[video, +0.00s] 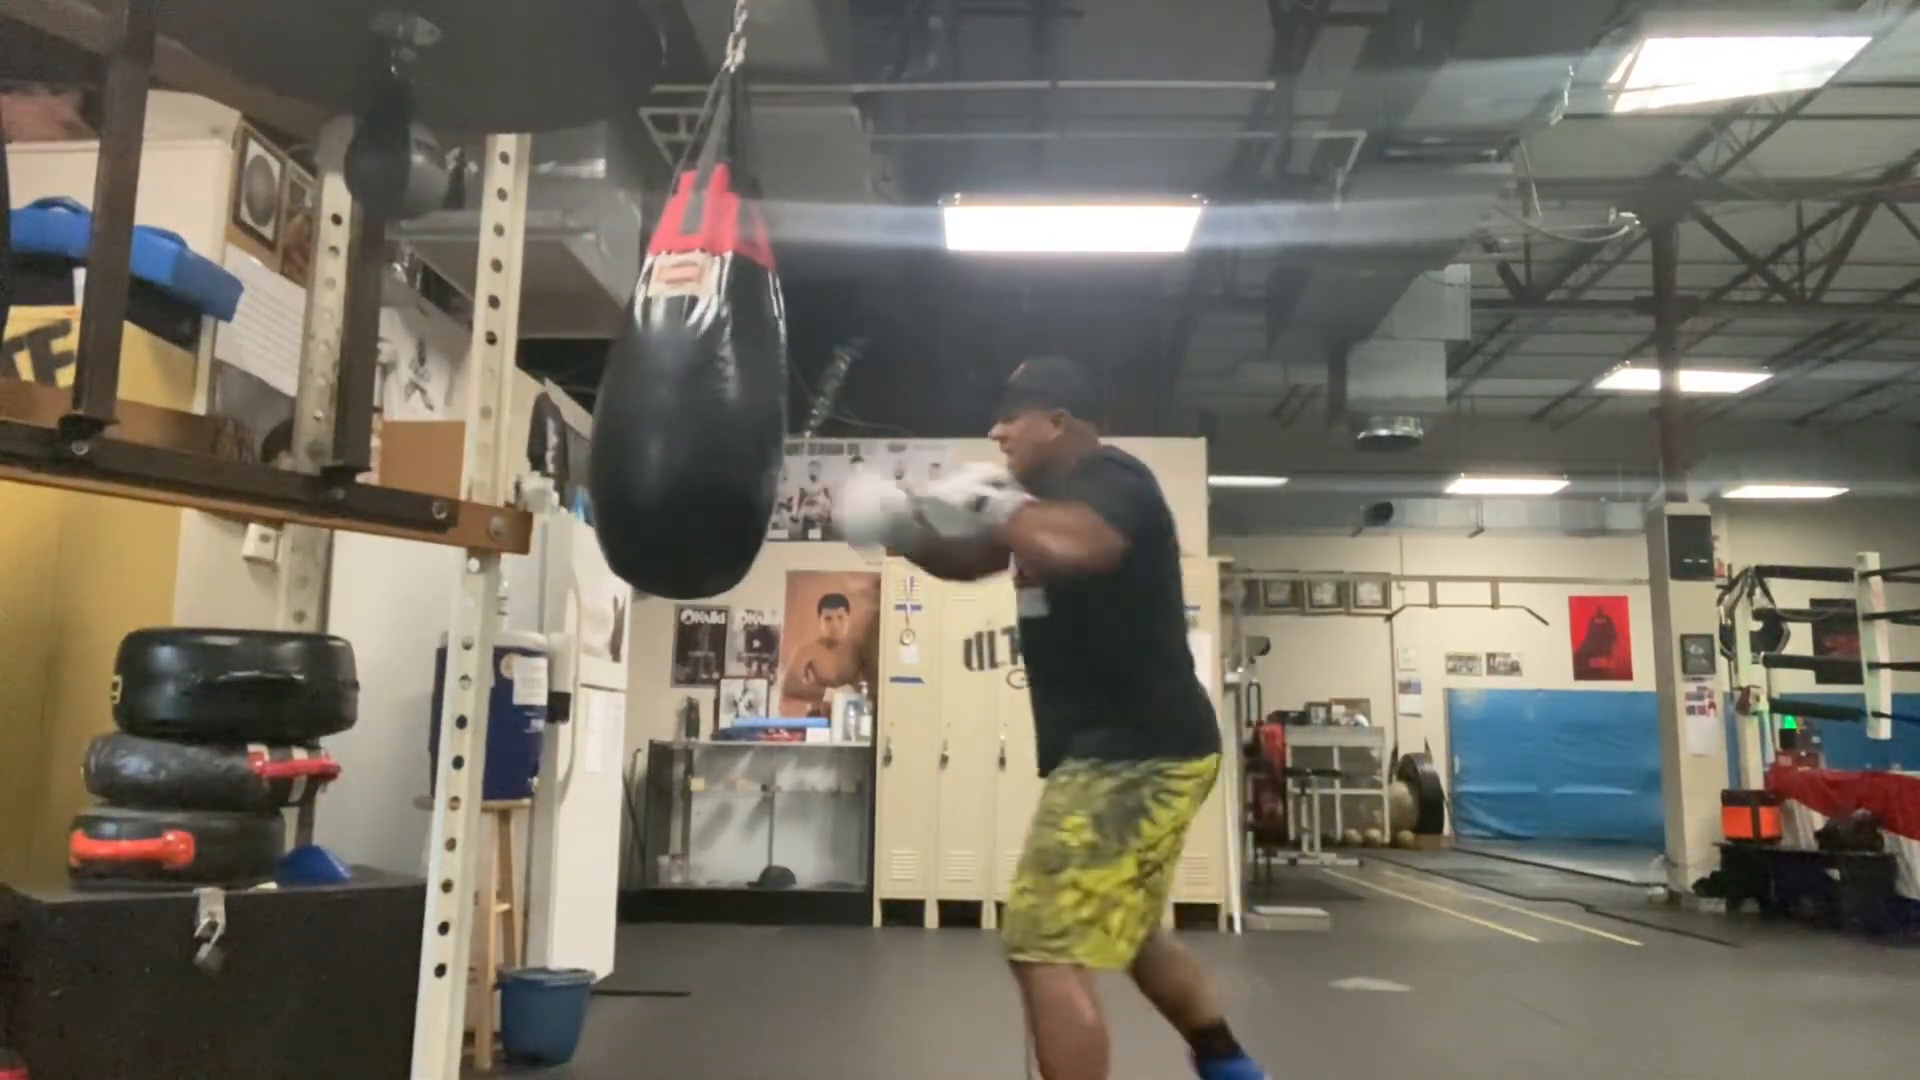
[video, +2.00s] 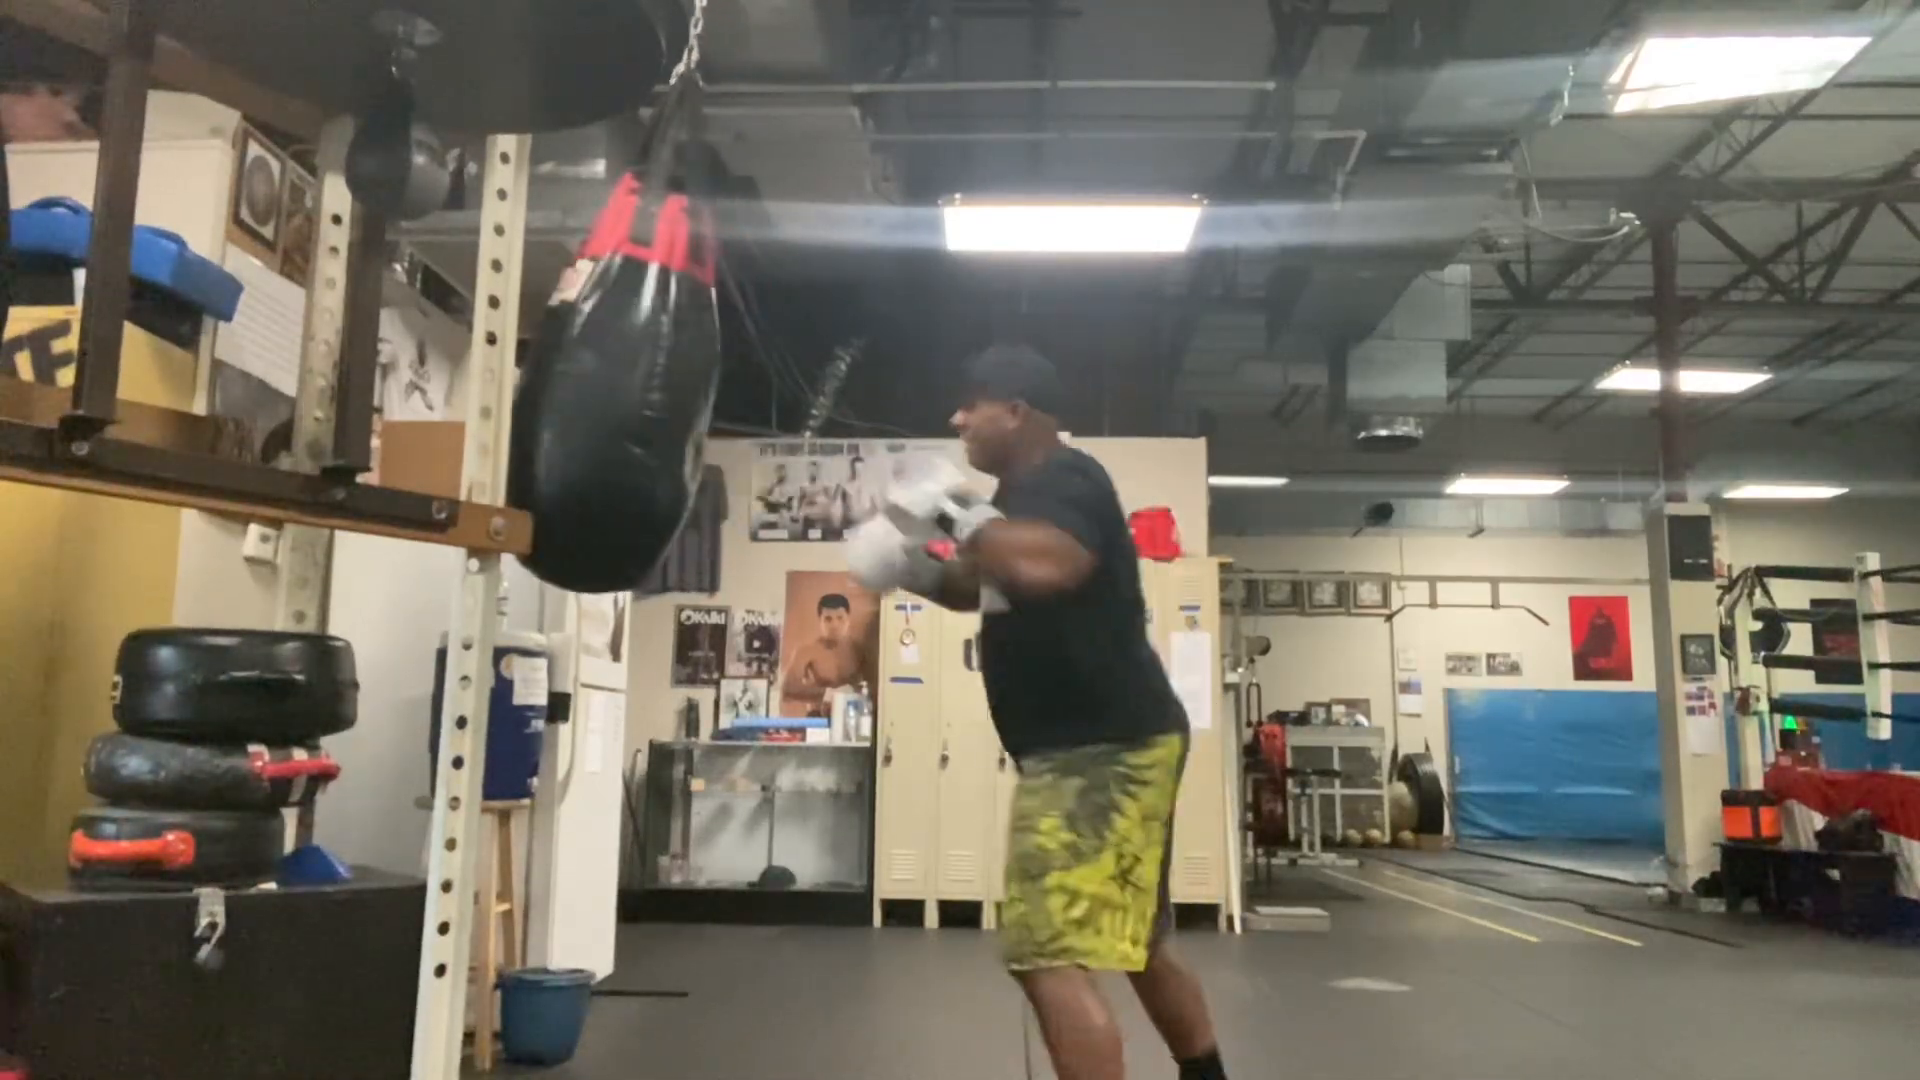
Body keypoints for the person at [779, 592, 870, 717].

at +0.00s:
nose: (835, 625)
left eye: (840, 617)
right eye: (828, 619)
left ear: (848, 619)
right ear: (819, 620)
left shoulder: (856, 651)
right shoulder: (806, 651)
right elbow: (789, 688)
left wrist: (816, 686)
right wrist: (828, 694)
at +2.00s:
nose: (834, 625)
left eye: (840, 618)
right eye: (828, 619)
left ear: (848, 620)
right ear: (819, 621)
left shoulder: (858, 652)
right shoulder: (806, 652)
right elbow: (789, 688)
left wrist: (816, 687)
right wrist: (827, 693)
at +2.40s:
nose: (834, 624)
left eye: (840, 617)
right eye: (828, 618)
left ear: (848, 619)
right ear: (819, 621)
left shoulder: (857, 652)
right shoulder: (806, 652)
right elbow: (790, 689)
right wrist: (826, 693)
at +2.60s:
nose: (834, 624)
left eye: (840, 617)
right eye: (828, 618)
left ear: (848, 619)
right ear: (819, 621)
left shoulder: (858, 651)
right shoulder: (807, 652)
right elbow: (789, 690)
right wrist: (826, 694)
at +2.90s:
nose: (834, 624)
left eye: (839, 617)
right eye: (828, 618)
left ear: (848, 620)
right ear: (819, 621)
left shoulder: (858, 651)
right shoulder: (807, 652)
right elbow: (789, 688)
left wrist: (817, 686)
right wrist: (828, 693)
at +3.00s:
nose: (834, 625)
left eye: (840, 618)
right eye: (828, 619)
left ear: (848, 620)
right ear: (819, 621)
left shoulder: (857, 651)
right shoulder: (808, 652)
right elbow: (790, 688)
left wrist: (816, 685)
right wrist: (828, 693)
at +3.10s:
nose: (834, 625)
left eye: (840, 618)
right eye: (828, 619)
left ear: (847, 620)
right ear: (820, 620)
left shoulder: (858, 651)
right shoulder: (807, 652)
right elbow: (790, 688)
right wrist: (828, 693)